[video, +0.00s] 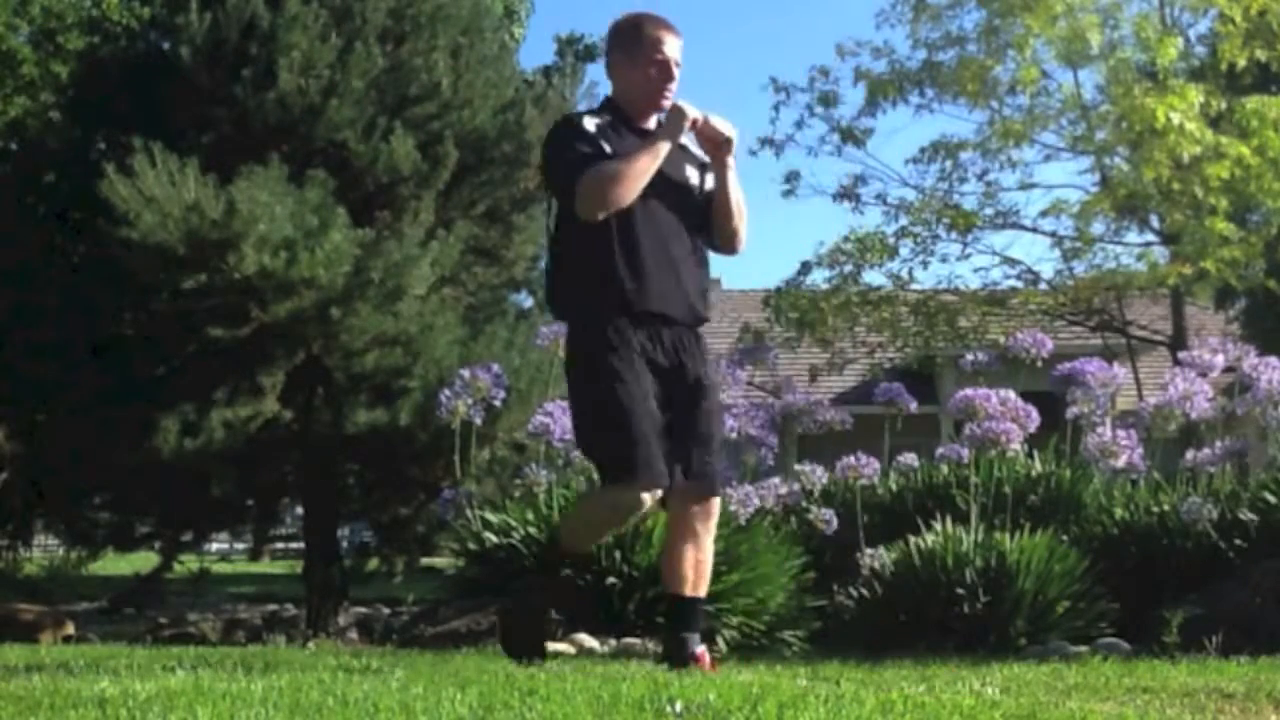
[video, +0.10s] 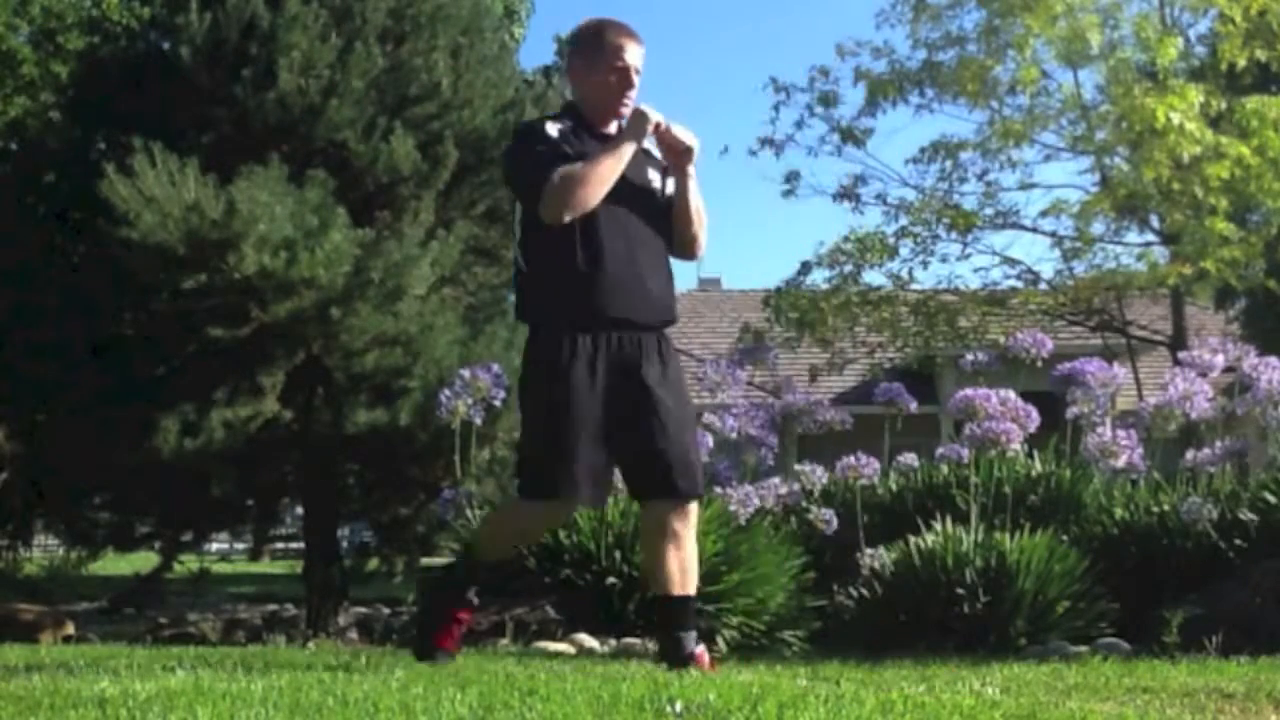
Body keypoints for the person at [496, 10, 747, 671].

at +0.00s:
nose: (669, 75)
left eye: (675, 66)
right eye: (655, 62)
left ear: (680, 75)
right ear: (616, 64)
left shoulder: (677, 154)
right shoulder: (575, 133)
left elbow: (729, 238)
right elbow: (598, 198)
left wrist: (723, 164)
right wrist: (667, 138)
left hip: (684, 338)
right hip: (611, 334)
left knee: (699, 495)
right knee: (636, 488)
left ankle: (686, 642)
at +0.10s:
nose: (630, 84)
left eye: (636, 74)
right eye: (617, 71)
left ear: (639, 80)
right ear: (575, 71)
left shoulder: (648, 156)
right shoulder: (539, 139)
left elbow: (687, 246)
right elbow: (563, 204)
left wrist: (683, 174)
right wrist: (630, 142)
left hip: (651, 346)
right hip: (569, 345)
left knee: (677, 496)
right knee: (553, 495)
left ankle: (679, 640)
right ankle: (455, 589)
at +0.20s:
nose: (588, 100)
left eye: (596, 90)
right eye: (576, 85)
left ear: (602, 98)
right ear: (536, 82)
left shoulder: (605, 173)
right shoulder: (499, 154)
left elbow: (648, 259)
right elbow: (523, 222)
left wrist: (646, 190)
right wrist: (592, 156)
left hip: (605, 363)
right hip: (517, 361)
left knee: (652, 504)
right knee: (473, 507)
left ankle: (678, 644)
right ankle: (409, 622)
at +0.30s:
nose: (551, 122)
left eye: (560, 113)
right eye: (540, 108)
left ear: (567, 121)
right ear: (501, 105)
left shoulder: (577, 193)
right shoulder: (458, 178)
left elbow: (616, 280)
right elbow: (488, 244)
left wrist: (616, 213)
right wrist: (552, 179)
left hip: (553, 382)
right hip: (468, 381)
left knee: (625, 498)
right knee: (442, 520)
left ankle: (663, 636)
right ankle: (390, 631)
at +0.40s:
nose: (536, 116)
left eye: (545, 106)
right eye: (526, 102)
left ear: (551, 112)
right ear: (484, 95)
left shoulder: (556, 184)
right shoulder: (439, 166)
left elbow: (596, 272)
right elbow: (455, 236)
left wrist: (595, 200)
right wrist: (525, 173)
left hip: (535, 371)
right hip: (452, 371)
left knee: (605, 479)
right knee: (429, 516)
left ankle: (629, 631)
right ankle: (387, 634)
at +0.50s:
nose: (532, 87)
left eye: (542, 77)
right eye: (522, 72)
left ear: (548, 83)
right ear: (480, 66)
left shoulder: (551, 149)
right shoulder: (428, 131)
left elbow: (593, 236)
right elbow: (436, 207)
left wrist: (583, 166)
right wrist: (512, 152)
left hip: (536, 337)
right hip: (446, 338)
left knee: (583, 468)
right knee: (422, 495)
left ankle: (578, 628)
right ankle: (387, 631)